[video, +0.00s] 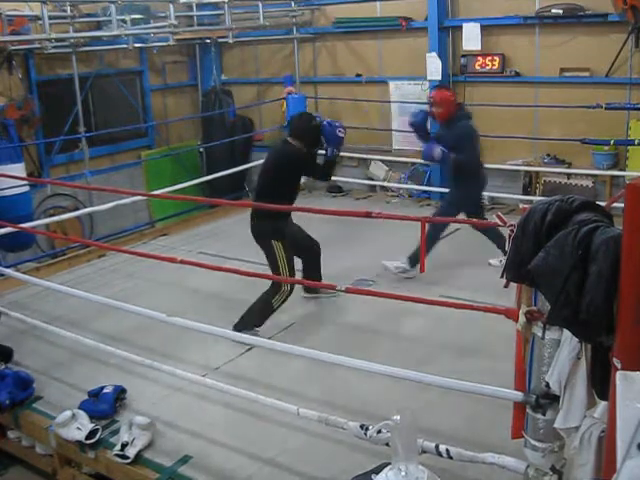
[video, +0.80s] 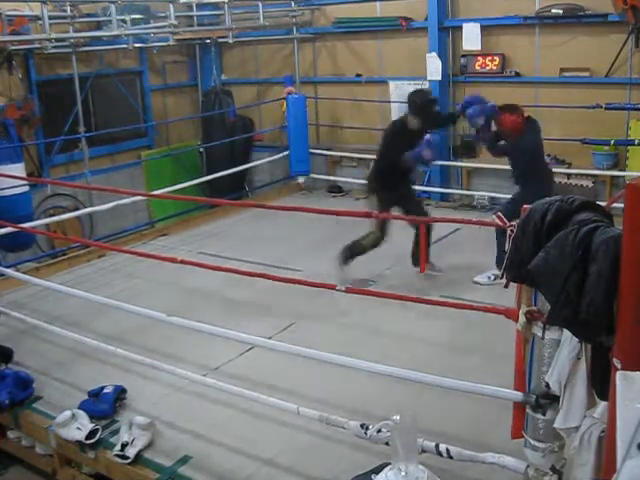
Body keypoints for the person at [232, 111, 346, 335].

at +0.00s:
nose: (319, 138)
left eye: (319, 133)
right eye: (317, 134)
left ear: (294, 132)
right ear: (308, 136)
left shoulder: (289, 149)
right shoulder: (293, 155)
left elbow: (319, 172)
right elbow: (324, 174)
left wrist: (330, 147)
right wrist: (333, 150)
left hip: (279, 220)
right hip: (269, 224)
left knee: (311, 248)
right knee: (284, 284)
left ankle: (313, 287)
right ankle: (242, 328)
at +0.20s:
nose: (335, 133)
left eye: (336, 129)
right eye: (334, 129)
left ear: (313, 124)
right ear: (325, 128)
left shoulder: (308, 141)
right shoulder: (308, 145)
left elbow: (337, 164)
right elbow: (340, 166)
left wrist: (346, 140)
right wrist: (350, 143)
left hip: (291, 213)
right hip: (280, 215)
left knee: (318, 248)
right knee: (277, 274)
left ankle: (328, 285)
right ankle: (244, 324)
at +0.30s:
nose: (345, 118)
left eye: (345, 115)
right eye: (343, 114)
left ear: (323, 111)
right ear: (336, 115)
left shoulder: (321, 131)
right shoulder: (318, 133)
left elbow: (342, 154)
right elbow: (344, 157)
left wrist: (355, 136)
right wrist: (362, 139)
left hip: (303, 202)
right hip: (289, 203)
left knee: (322, 243)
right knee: (287, 256)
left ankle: (328, 283)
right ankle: (257, 305)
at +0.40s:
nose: (356, 110)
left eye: (356, 106)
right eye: (353, 106)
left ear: (332, 108)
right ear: (343, 109)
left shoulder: (333, 132)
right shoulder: (324, 134)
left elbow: (345, 157)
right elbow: (346, 159)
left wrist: (358, 141)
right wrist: (365, 144)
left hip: (318, 196)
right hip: (301, 199)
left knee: (341, 236)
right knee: (310, 252)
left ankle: (330, 280)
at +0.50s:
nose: (366, 116)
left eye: (365, 112)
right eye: (363, 112)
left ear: (344, 116)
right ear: (352, 116)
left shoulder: (344, 137)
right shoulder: (333, 140)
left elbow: (346, 163)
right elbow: (350, 170)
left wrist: (362, 146)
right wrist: (373, 158)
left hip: (335, 201)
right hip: (316, 204)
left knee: (369, 230)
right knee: (309, 260)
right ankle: (277, 288)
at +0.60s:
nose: (386, 119)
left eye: (384, 116)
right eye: (382, 116)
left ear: (364, 120)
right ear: (372, 121)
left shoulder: (370, 139)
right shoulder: (349, 145)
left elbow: (377, 148)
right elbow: (357, 174)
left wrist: (396, 135)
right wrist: (382, 163)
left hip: (356, 203)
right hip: (337, 206)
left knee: (388, 228)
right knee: (320, 252)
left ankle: (413, 257)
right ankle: (280, 286)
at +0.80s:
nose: (433, 110)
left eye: (432, 108)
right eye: (429, 108)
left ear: (425, 111)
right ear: (416, 110)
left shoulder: (424, 122)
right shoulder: (396, 130)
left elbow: (443, 121)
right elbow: (386, 165)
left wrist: (461, 111)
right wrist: (416, 157)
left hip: (401, 183)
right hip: (382, 184)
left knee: (423, 222)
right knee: (379, 234)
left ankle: (421, 262)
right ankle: (347, 255)